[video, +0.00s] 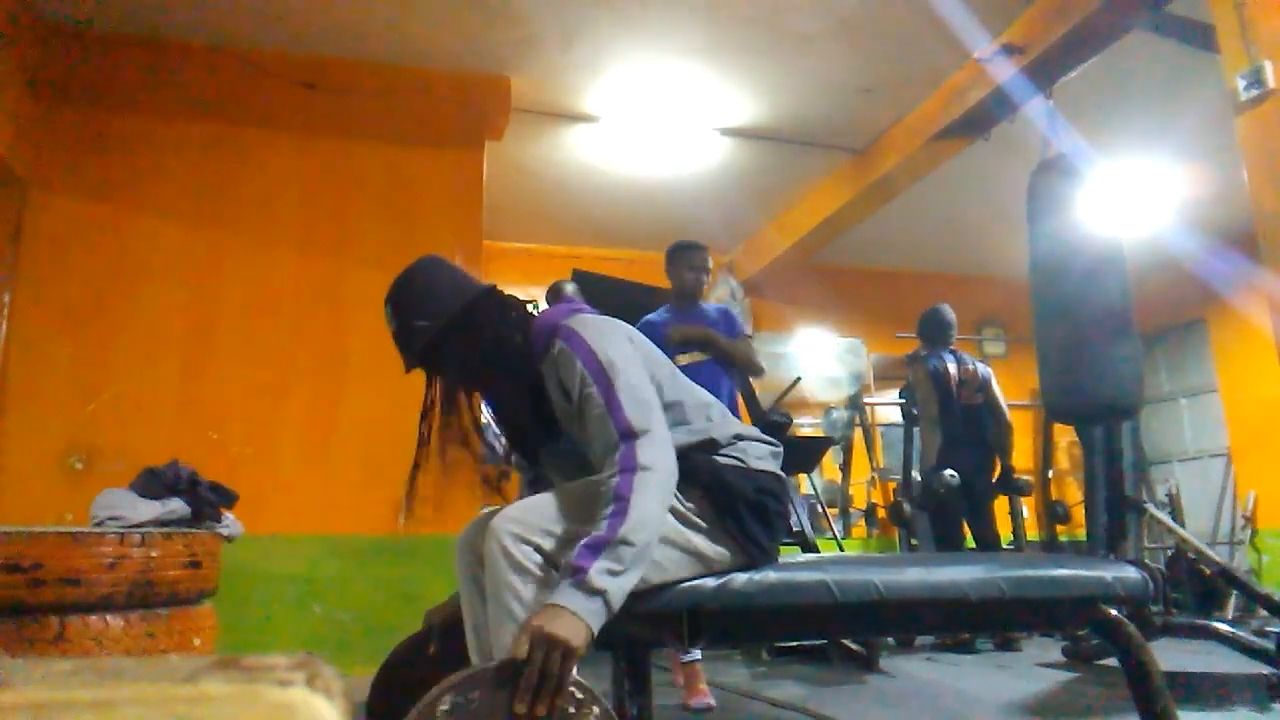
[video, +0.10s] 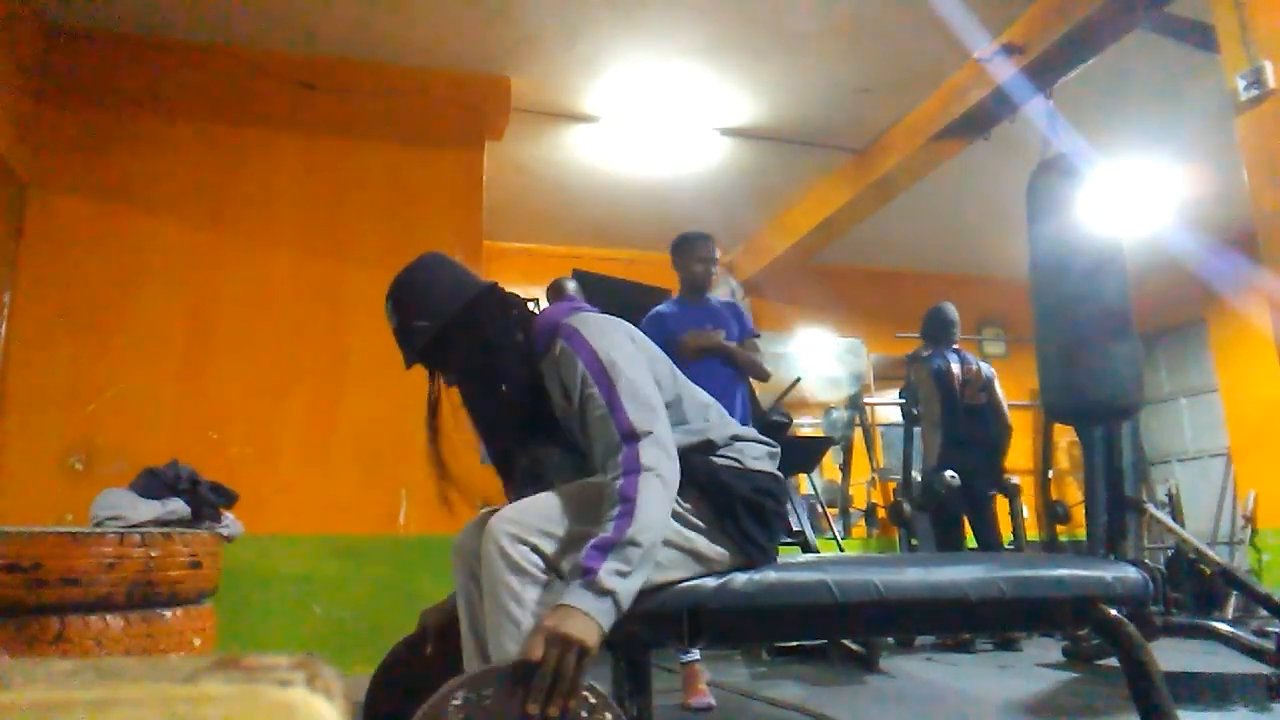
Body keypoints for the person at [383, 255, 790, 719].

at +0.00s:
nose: (452, 380)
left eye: (447, 358)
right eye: (438, 369)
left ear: (481, 327)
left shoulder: (580, 340)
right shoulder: (515, 387)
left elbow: (645, 465)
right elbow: (549, 503)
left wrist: (578, 602)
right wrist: (472, 596)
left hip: (727, 500)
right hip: (655, 501)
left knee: (517, 538)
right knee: (480, 537)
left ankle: (536, 709)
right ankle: (503, 708)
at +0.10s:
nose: (448, 378)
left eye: (445, 356)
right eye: (436, 366)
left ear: (482, 326)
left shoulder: (578, 336)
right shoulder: (508, 385)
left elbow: (647, 465)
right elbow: (542, 507)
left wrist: (591, 601)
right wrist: (466, 602)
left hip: (727, 498)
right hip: (653, 501)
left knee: (515, 537)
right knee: (478, 539)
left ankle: (540, 708)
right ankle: (496, 709)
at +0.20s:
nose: (449, 377)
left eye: (448, 354)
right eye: (437, 364)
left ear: (482, 323)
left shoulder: (576, 334)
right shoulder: (516, 389)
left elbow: (653, 458)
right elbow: (551, 513)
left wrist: (599, 600)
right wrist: (465, 598)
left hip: (726, 500)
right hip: (655, 505)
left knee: (509, 537)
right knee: (477, 542)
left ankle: (538, 710)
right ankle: (498, 709)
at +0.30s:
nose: (448, 376)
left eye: (446, 355)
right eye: (437, 364)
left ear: (479, 327)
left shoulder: (575, 334)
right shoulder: (516, 393)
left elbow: (656, 454)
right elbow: (543, 519)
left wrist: (602, 597)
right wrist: (465, 599)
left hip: (727, 497)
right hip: (659, 504)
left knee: (504, 538)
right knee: (475, 542)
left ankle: (534, 710)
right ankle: (499, 707)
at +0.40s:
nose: (447, 375)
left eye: (443, 355)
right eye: (435, 364)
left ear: (475, 327)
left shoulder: (574, 336)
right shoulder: (522, 394)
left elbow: (658, 452)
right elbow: (532, 526)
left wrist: (604, 596)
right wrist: (465, 601)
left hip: (729, 497)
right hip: (666, 504)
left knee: (505, 540)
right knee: (476, 542)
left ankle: (535, 710)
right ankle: (503, 708)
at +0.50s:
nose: (448, 375)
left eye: (443, 354)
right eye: (434, 364)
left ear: (473, 324)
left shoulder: (573, 335)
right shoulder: (521, 389)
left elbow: (660, 453)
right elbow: (530, 522)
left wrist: (603, 595)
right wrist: (468, 602)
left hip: (729, 497)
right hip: (668, 503)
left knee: (502, 542)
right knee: (477, 542)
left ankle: (528, 710)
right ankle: (504, 707)